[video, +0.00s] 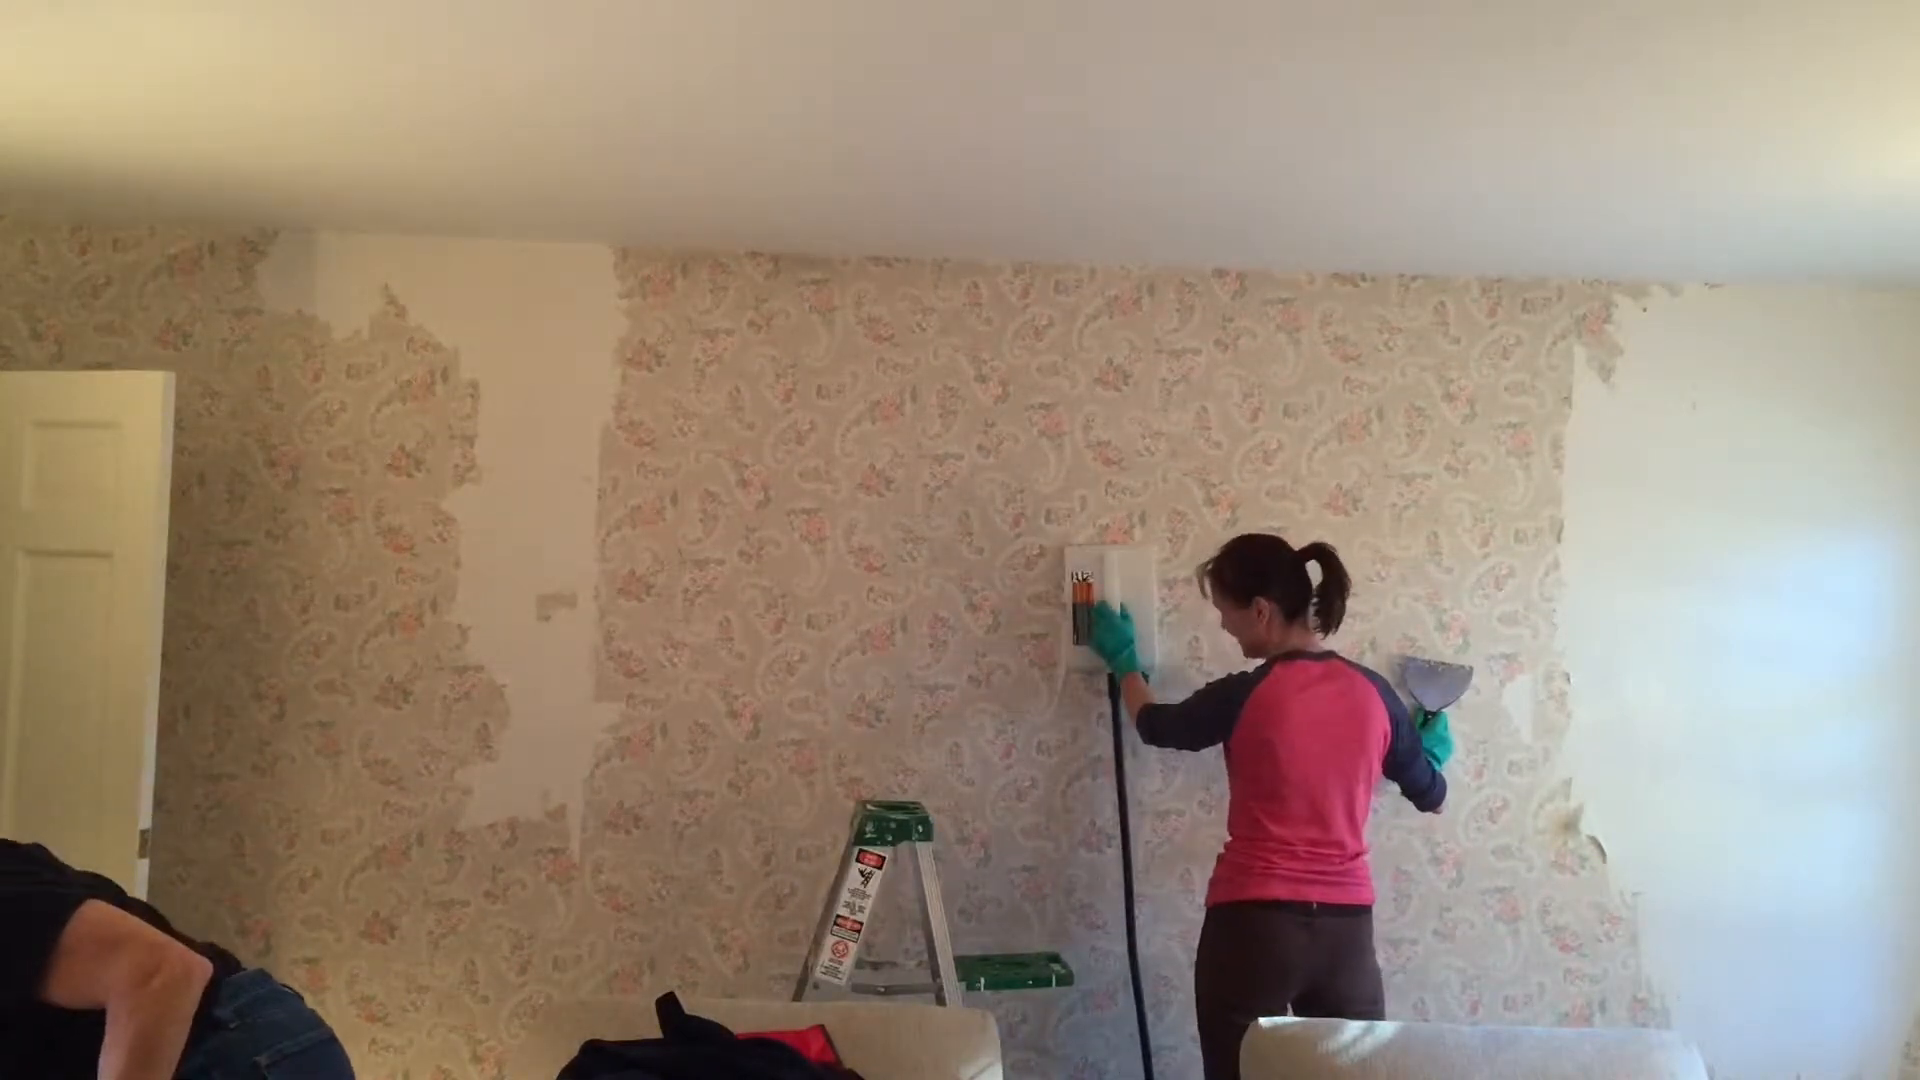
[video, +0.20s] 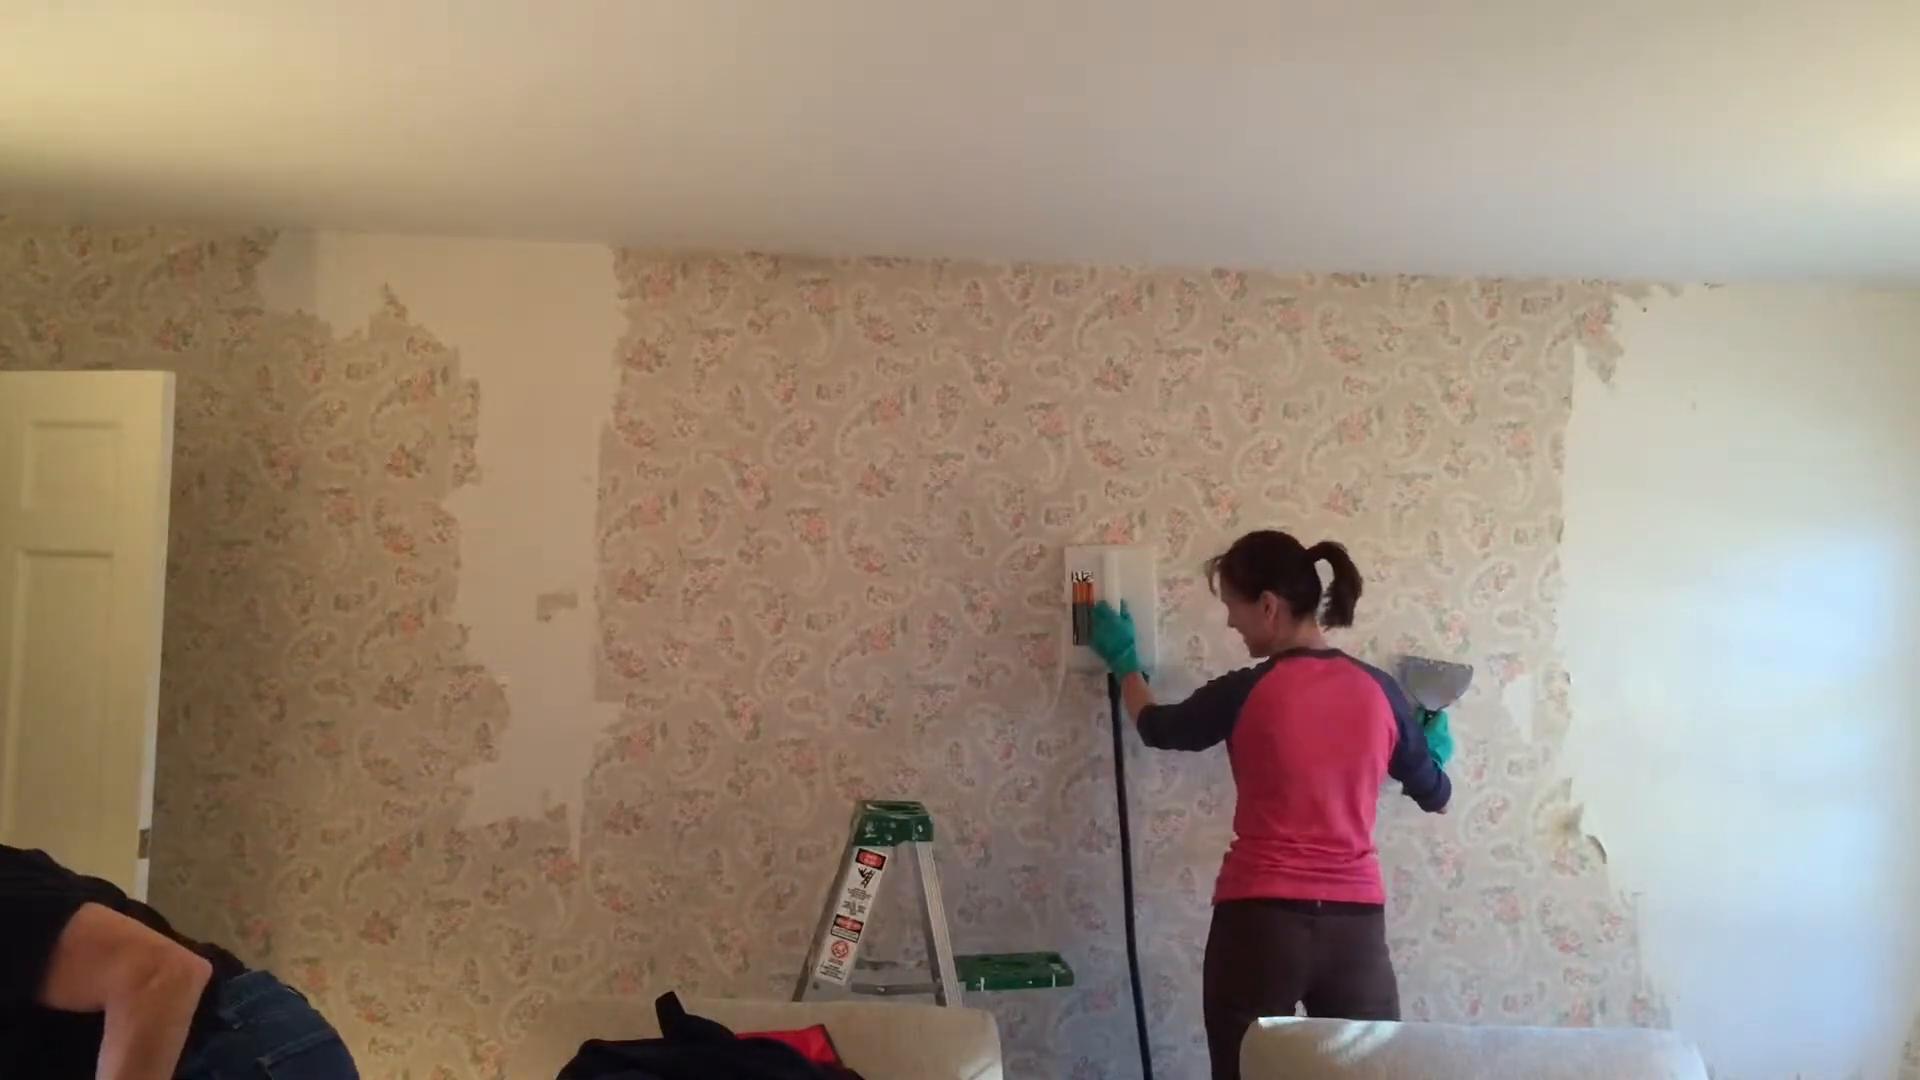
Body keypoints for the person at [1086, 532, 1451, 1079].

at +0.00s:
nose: (1222, 623)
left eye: (1224, 609)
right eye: (1219, 610)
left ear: (1262, 610)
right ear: (1303, 604)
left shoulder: (1246, 692)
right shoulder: (1375, 694)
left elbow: (1153, 724)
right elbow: (1429, 794)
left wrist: (1124, 662)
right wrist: (1433, 753)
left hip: (1250, 934)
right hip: (1345, 936)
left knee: (1236, 1075)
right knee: (1360, 1076)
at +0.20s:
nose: (1230, 621)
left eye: (1232, 606)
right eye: (1227, 607)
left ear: (1270, 606)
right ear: (1304, 602)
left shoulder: (1247, 689)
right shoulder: (1380, 691)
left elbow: (1155, 726)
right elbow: (1434, 793)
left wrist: (1122, 661)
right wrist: (1436, 749)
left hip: (1257, 932)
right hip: (1354, 933)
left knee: (1243, 1075)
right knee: (1373, 1076)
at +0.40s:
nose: (1247, 619)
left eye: (1250, 603)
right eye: (1245, 604)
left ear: (1290, 605)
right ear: (1308, 602)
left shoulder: (1259, 687)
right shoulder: (1398, 691)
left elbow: (1158, 726)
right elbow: (1454, 803)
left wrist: (1122, 661)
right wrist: (1439, 742)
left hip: (1267, 934)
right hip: (1369, 937)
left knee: (1254, 1075)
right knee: (1400, 1075)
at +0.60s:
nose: (1282, 618)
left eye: (1289, 601)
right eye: (1282, 601)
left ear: (1332, 604)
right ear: (1339, 604)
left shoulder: (1295, 687)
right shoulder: (1434, 694)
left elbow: (1182, 718)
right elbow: (1500, 820)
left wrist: (1130, 659)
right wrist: (1485, 769)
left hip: (1298, 931)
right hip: (1402, 939)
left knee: (1276, 1067)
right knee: (1431, 1075)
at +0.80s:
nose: (1330, 617)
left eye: (1334, 603)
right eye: (1329, 603)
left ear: (1373, 604)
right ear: (1401, 605)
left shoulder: (1336, 687)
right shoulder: (1481, 695)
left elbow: (1211, 706)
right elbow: (1556, 814)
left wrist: (1137, 658)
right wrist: (1578, 797)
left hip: (1357, 933)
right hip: (1461, 938)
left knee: (1319, 1069)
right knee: (1483, 1074)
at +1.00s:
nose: (1365, 611)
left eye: (1369, 596)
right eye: (1366, 596)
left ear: (1400, 603)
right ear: (1436, 601)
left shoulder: (1355, 690)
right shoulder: (1510, 696)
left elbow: (1227, 696)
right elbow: (1607, 813)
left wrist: (1138, 651)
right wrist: (1644, 804)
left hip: (1394, 941)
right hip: (1502, 942)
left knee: (1351, 1073)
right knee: (1521, 1076)